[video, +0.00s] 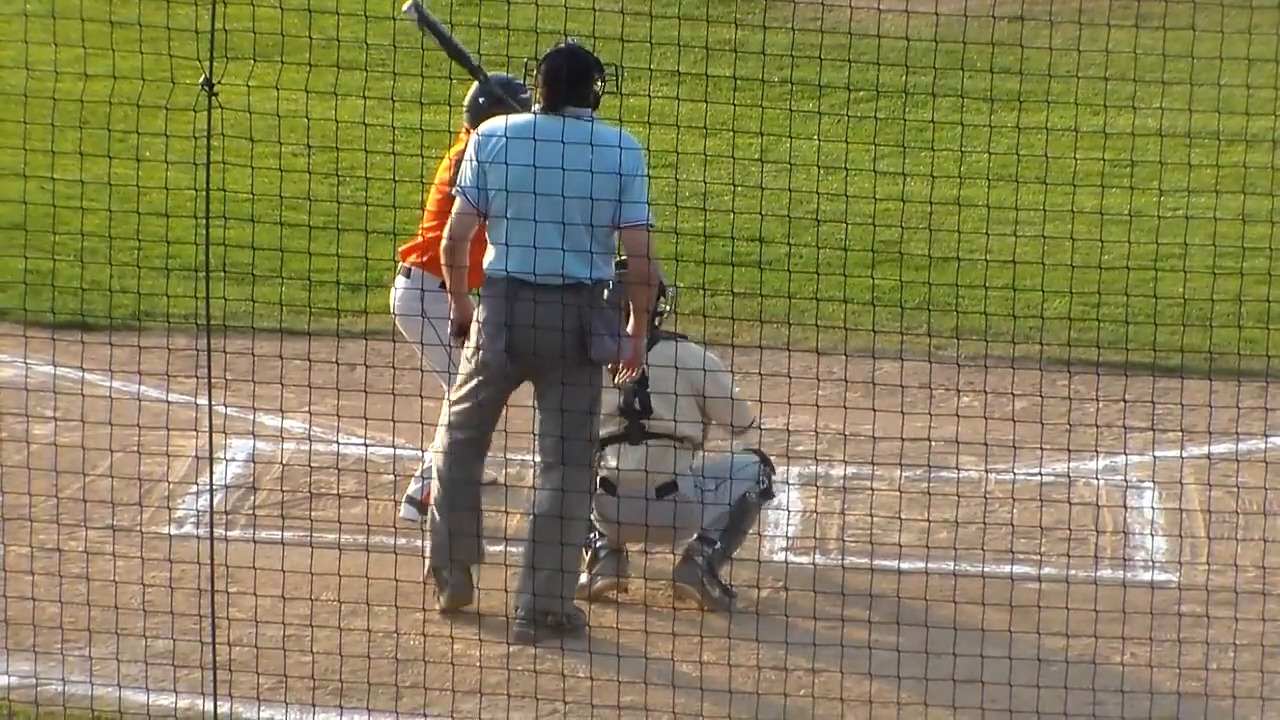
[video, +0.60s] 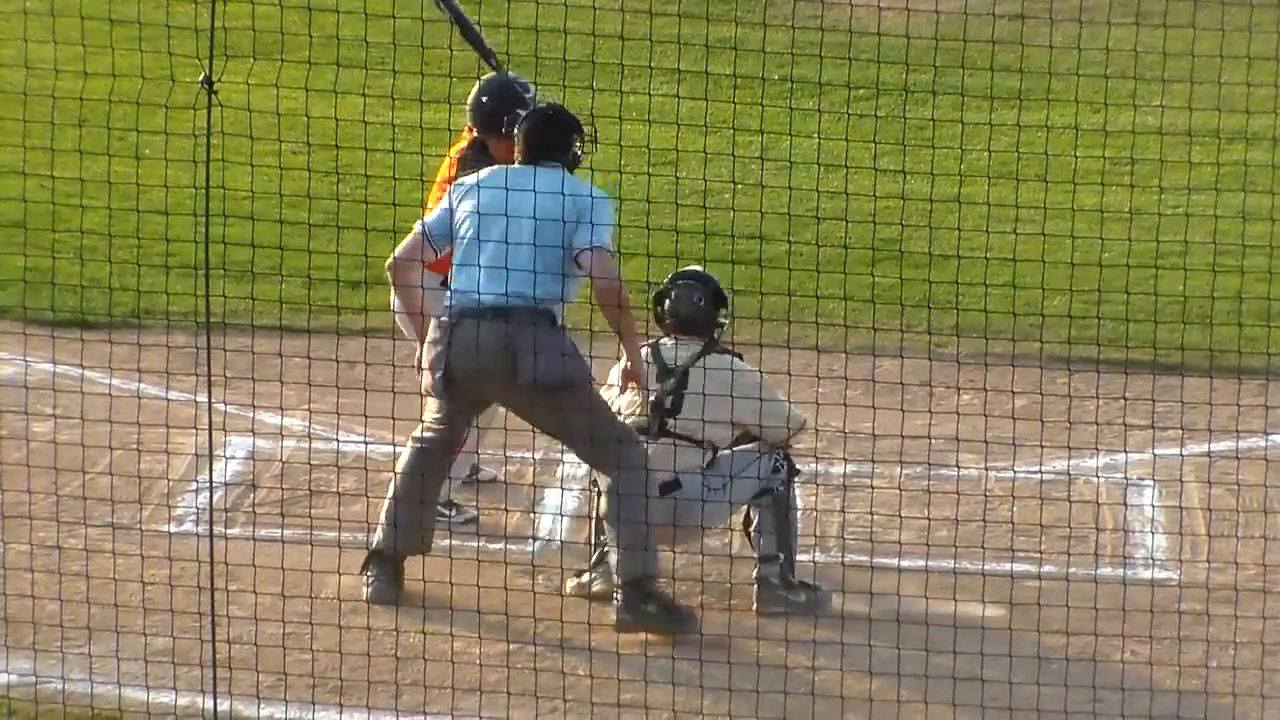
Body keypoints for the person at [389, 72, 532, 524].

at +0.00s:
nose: (523, 126)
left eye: (523, 118)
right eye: (519, 117)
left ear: (476, 115)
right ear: (501, 116)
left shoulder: (468, 151)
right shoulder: (478, 155)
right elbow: (459, 235)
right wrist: (465, 295)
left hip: (425, 290)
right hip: (429, 293)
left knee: (472, 387)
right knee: (472, 393)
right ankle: (423, 491)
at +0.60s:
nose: (523, 137)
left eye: (524, 127)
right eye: (518, 128)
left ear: (481, 124)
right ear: (500, 128)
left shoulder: (486, 156)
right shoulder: (471, 167)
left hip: (449, 281)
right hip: (431, 284)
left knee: (471, 374)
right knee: (452, 384)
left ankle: (463, 462)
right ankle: (435, 490)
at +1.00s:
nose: (527, 124)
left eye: (528, 119)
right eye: (524, 118)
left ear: (484, 119)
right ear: (511, 121)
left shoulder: (508, 157)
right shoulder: (472, 160)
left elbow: (560, 188)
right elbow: (504, 204)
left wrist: (565, 166)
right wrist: (537, 167)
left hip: (462, 288)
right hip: (424, 287)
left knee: (476, 379)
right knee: (449, 389)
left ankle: (468, 467)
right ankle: (434, 494)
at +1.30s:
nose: (532, 128)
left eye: (531, 122)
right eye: (528, 122)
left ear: (484, 127)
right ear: (515, 130)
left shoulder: (508, 162)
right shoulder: (471, 168)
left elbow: (555, 192)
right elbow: (505, 212)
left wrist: (566, 173)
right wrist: (536, 176)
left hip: (460, 298)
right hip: (423, 296)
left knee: (476, 390)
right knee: (454, 399)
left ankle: (462, 476)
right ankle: (432, 499)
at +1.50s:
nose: (532, 133)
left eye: (531, 126)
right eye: (528, 127)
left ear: (485, 131)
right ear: (513, 134)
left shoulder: (507, 168)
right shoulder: (471, 170)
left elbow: (556, 197)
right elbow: (500, 217)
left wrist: (563, 176)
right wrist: (534, 182)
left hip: (458, 304)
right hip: (426, 303)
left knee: (476, 398)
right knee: (462, 405)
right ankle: (434, 508)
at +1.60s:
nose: (531, 134)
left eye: (531, 128)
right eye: (527, 128)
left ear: (486, 132)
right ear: (512, 135)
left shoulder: (507, 168)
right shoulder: (470, 172)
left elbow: (556, 199)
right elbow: (501, 217)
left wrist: (561, 177)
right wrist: (534, 177)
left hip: (457, 304)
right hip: (425, 302)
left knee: (476, 398)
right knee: (462, 405)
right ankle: (433, 506)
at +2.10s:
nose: (528, 146)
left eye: (528, 139)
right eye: (524, 139)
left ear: (483, 139)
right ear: (513, 143)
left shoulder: (506, 180)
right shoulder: (473, 181)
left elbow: (553, 214)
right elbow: (506, 218)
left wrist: (571, 192)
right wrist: (545, 185)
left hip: (446, 309)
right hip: (420, 310)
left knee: (476, 401)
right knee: (473, 408)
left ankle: (444, 503)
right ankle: (437, 508)